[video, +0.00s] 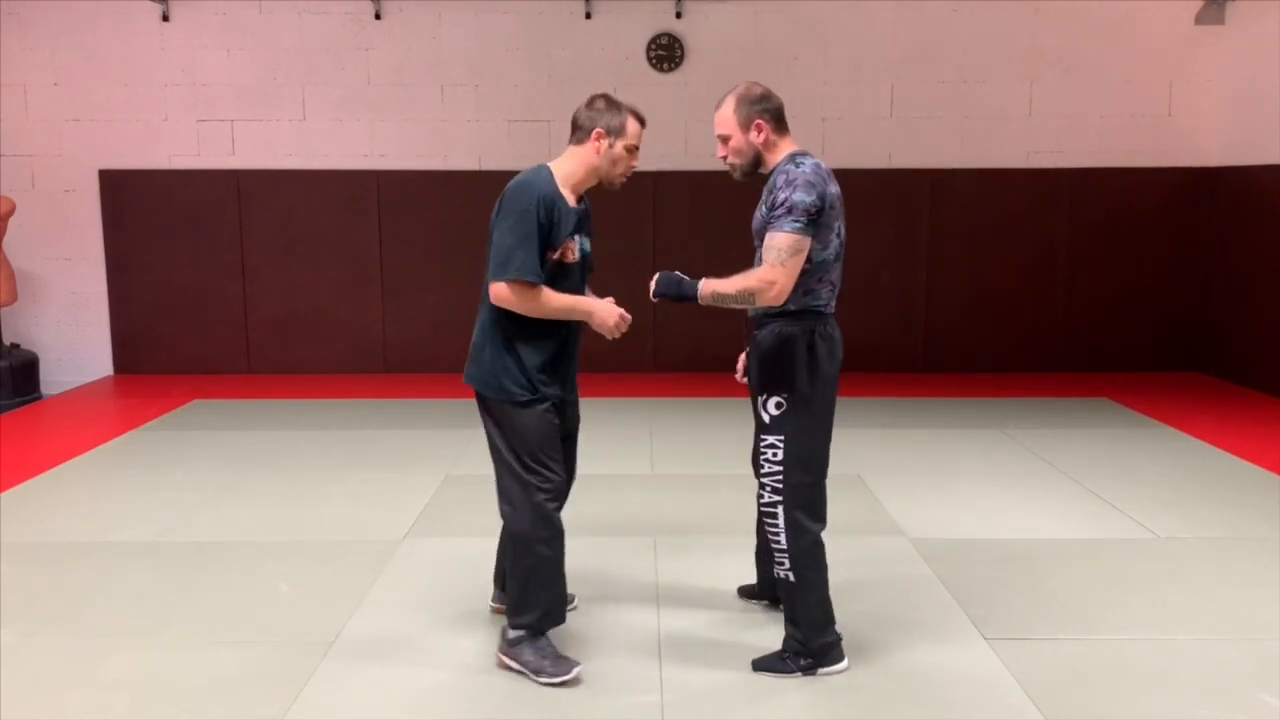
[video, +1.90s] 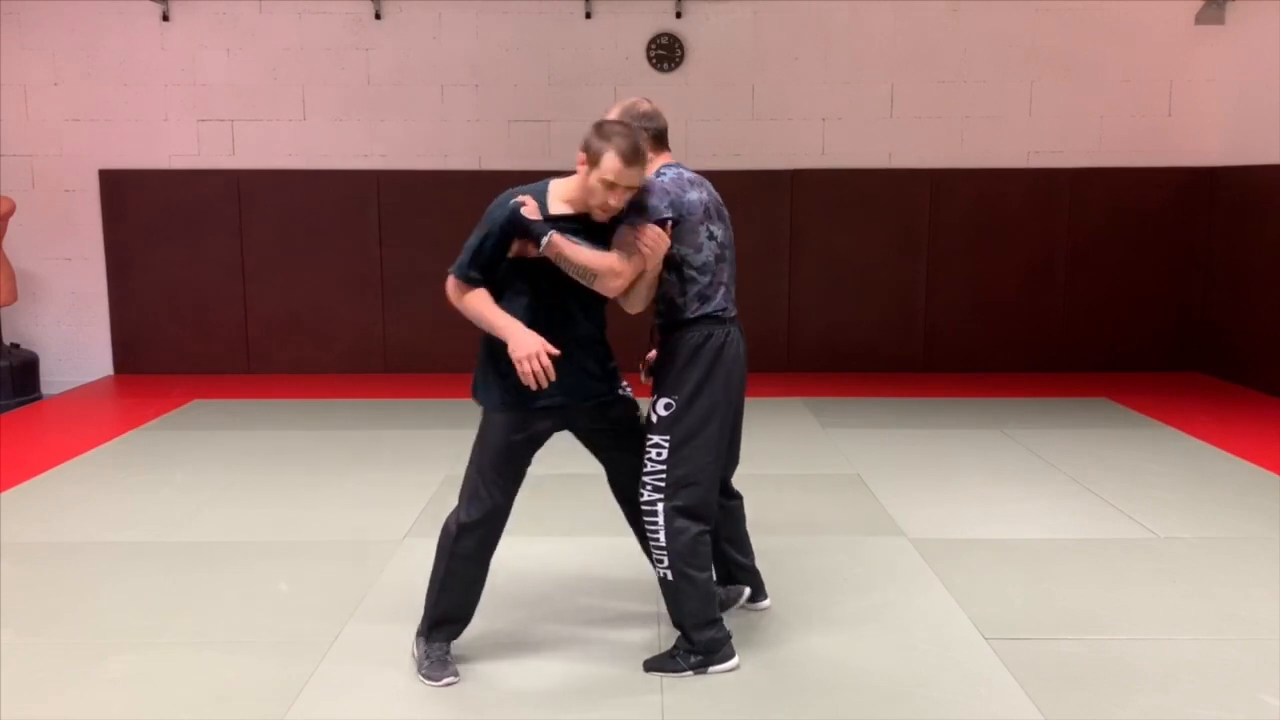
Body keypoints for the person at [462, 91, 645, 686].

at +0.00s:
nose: (635, 162)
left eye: (638, 151)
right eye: (630, 149)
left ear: (597, 144)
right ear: (597, 141)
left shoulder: (577, 203)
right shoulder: (529, 195)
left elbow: (563, 288)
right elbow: (507, 290)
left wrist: (596, 308)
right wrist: (588, 308)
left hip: (552, 375)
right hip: (512, 377)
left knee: (550, 487)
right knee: (537, 497)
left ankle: (515, 587)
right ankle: (524, 634)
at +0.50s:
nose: (558, 153)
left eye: (560, 140)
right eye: (555, 140)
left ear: (519, 132)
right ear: (524, 133)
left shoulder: (491, 187)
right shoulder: (472, 199)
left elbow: (484, 277)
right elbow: (487, 309)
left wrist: (527, 279)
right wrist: (546, 290)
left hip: (495, 376)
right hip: (456, 384)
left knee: (511, 480)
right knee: (452, 511)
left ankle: (500, 579)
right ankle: (437, 632)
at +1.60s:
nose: (547, 183)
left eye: (550, 171)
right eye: (541, 171)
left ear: (508, 162)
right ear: (502, 159)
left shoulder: (515, 211)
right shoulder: (431, 219)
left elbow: (539, 277)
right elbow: (442, 318)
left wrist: (596, 273)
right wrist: (528, 280)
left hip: (526, 379)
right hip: (467, 394)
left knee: (559, 473)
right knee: (467, 520)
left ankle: (500, 562)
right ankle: (432, 638)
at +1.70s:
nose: (556, 189)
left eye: (560, 177)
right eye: (548, 176)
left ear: (525, 167)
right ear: (510, 164)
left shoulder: (543, 211)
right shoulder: (443, 220)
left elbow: (566, 280)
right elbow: (423, 317)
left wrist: (620, 277)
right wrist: (519, 306)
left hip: (544, 374)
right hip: (478, 389)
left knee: (596, 466)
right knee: (467, 521)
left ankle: (563, 574)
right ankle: (432, 640)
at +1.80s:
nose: (583, 194)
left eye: (588, 182)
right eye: (574, 181)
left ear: (587, 174)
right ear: (537, 164)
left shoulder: (575, 211)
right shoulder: (469, 217)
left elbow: (606, 288)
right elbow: (426, 306)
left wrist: (646, 254)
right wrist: (509, 324)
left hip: (566, 378)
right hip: (493, 393)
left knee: (620, 473)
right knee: (470, 519)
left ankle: (648, 584)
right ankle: (432, 640)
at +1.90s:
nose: (618, 201)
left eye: (628, 189)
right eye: (610, 186)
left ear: (637, 181)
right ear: (582, 163)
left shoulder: (619, 225)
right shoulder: (518, 209)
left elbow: (633, 303)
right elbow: (461, 285)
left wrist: (655, 261)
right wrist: (514, 332)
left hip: (594, 386)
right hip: (519, 391)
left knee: (652, 489)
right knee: (480, 512)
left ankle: (698, 596)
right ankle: (436, 635)